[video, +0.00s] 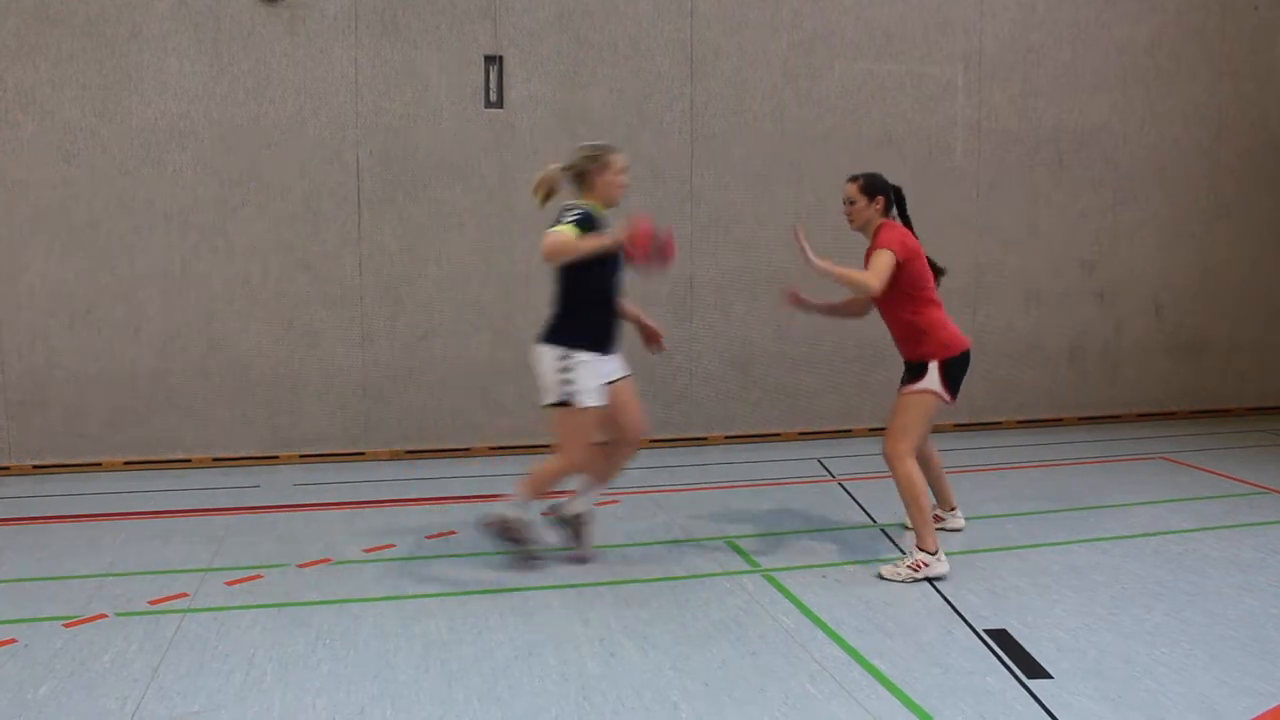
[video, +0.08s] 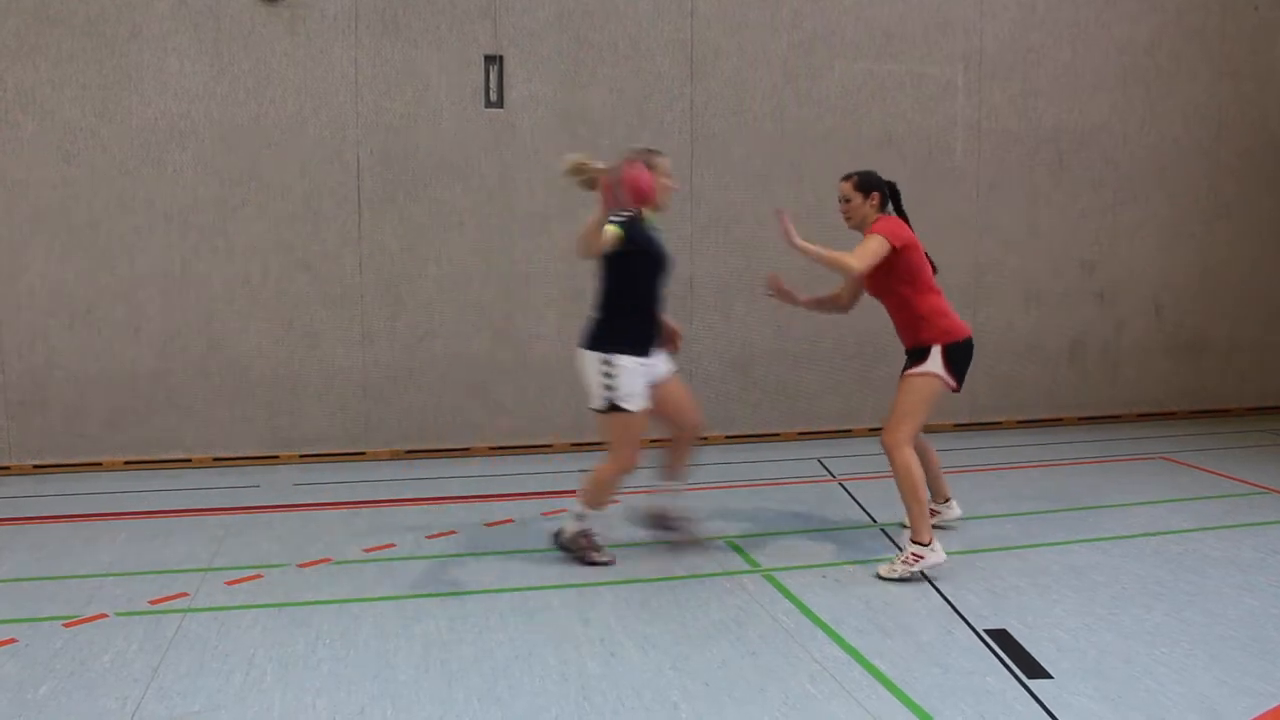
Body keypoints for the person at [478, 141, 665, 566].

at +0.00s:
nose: (625, 181)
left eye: (625, 173)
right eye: (618, 173)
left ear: (603, 178)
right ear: (595, 177)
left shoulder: (603, 224)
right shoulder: (577, 215)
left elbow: (600, 293)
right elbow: (552, 249)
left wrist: (640, 321)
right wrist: (615, 238)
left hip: (602, 352)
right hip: (568, 352)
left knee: (630, 433)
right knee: (576, 451)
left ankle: (575, 507)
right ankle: (509, 512)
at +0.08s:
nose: (672, 184)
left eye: (670, 176)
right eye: (664, 176)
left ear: (651, 183)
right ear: (640, 181)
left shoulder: (646, 229)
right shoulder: (625, 225)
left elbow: (634, 293)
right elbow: (588, 248)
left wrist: (661, 325)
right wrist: (604, 212)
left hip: (645, 351)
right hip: (613, 354)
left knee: (689, 422)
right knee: (624, 456)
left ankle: (663, 506)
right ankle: (575, 526)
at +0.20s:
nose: (733, 205)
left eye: (732, 198)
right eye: (726, 198)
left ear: (714, 203)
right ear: (704, 203)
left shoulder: (714, 244)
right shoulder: (693, 240)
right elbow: (668, 247)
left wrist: (666, 192)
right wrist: (646, 196)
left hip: (719, 372)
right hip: (682, 375)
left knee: (764, 429)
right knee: (657, 464)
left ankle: (788, 507)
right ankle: (582, 524)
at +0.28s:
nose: (771, 209)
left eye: (771, 201)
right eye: (765, 201)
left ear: (748, 207)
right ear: (742, 206)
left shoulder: (756, 251)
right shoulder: (738, 246)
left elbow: (758, 330)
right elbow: (716, 249)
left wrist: (802, 345)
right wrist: (692, 196)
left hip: (767, 371)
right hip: (733, 373)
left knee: (805, 432)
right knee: (710, 466)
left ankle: (791, 513)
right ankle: (620, 510)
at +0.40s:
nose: (820, 203)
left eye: (819, 195)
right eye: (813, 195)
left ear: (799, 200)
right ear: (785, 198)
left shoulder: (803, 245)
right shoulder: (782, 243)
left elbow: (806, 310)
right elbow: (792, 255)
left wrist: (830, 350)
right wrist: (786, 223)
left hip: (815, 362)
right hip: (782, 365)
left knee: (846, 433)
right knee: (773, 462)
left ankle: (806, 502)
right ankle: (693, 516)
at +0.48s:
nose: (842, 203)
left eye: (839, 195)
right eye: (836, 196)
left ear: (811, 204)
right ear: (824, 203)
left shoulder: (820, 242)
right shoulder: (812, 246)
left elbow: (794, 302)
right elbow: (850, 252)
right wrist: (839, 191)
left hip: (832, 366)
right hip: (803, 368)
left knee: (862, 433)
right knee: (774, 459)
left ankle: (824, 512)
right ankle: (694, 514)